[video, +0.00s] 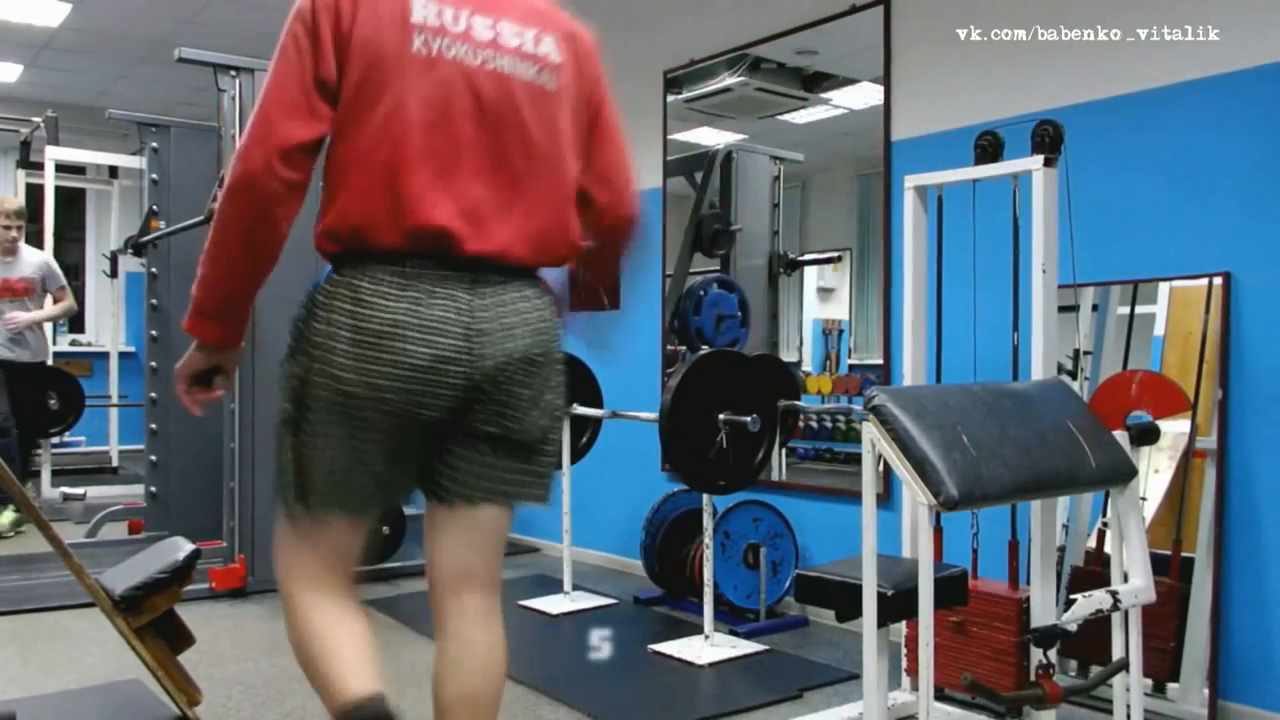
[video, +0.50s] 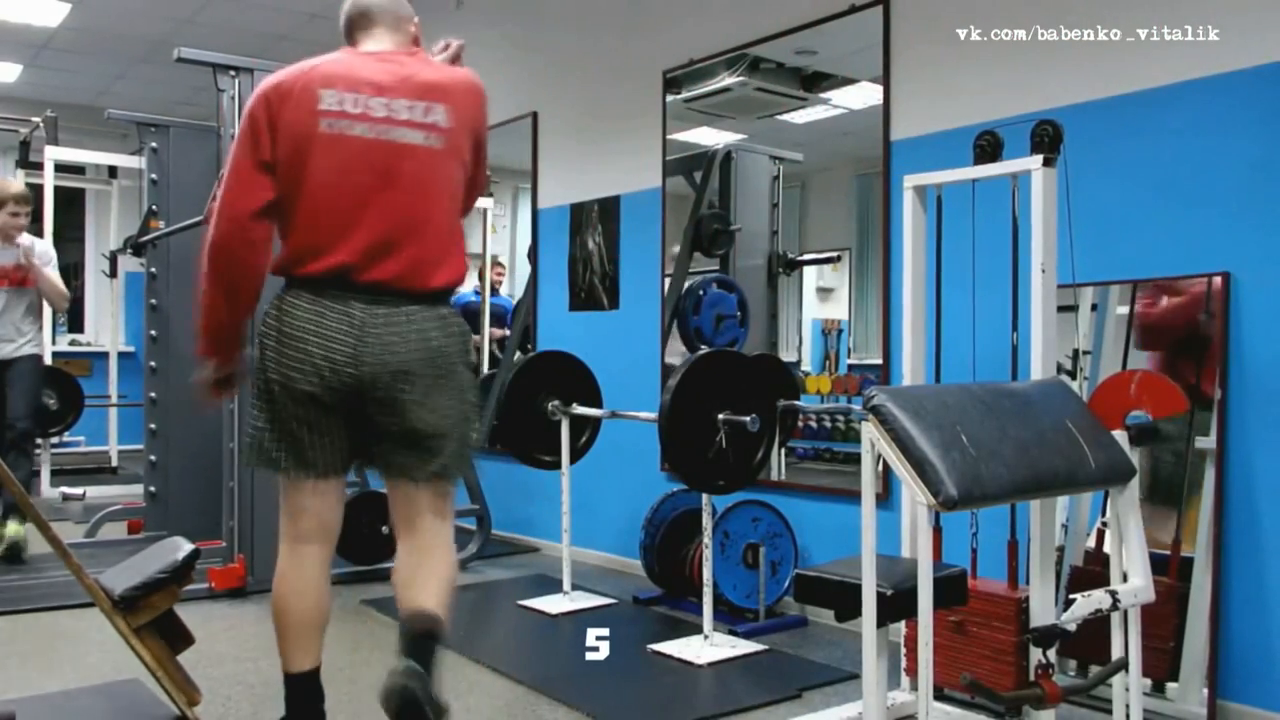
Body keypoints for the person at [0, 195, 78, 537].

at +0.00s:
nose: (11, 233)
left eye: (17, 227)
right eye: (6, 227)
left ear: (24, 229)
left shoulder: (40, 261)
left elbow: (69, 303)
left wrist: (32, 317)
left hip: (30, 362)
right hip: (3, 359)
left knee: (25, 432)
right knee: (5, 428)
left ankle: (18, 504)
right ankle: (9, 503)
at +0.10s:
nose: (10, 230)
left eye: (15, 224)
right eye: (4, 224)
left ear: (23, 225)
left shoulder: (39, 257)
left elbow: (67, 302)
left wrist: (27, 313)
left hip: (30, 360)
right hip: (1, 359)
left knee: (38, 428)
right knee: (2, 432)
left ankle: (28, 484)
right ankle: (8, 504)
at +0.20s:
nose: (10, 222)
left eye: (16, 216)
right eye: (5, 216)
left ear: (24, 216)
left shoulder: (40, 249)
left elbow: (69, 296)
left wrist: (27, 305)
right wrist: (10, 308)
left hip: (29, 350)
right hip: (1, 351)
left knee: (33, 416)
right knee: (2, 429)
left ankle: (36, 485)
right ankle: (9, 503)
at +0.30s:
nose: (12, 217)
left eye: (18, 210)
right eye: (6, 210)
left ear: (25, 211)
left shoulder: (40, 245)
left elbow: (69, 294)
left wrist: (33, 292)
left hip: (27, 342)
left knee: (28, 413)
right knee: (2, 426)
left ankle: (34, 500)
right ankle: (9, 504)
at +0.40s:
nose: (15, 217)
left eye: (20, 211)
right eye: (9, 210)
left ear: (26, 213)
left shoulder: (39, 247)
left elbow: (67, 300)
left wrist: (34, 279)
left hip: (24, 347)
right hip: (4, 349)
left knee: (26, 421)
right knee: (7, 429)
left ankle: (22, 509)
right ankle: (7, 508)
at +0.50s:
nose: (19, 220)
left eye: (24, 214)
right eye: (12, 213)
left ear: (30, 216)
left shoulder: (38, 248)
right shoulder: (3, 248)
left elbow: (61, 300)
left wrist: (33, 265)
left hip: (22, 350)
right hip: (5, 351)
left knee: (19, 428)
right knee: (10, 433)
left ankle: (14, 517)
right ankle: (8, 518)